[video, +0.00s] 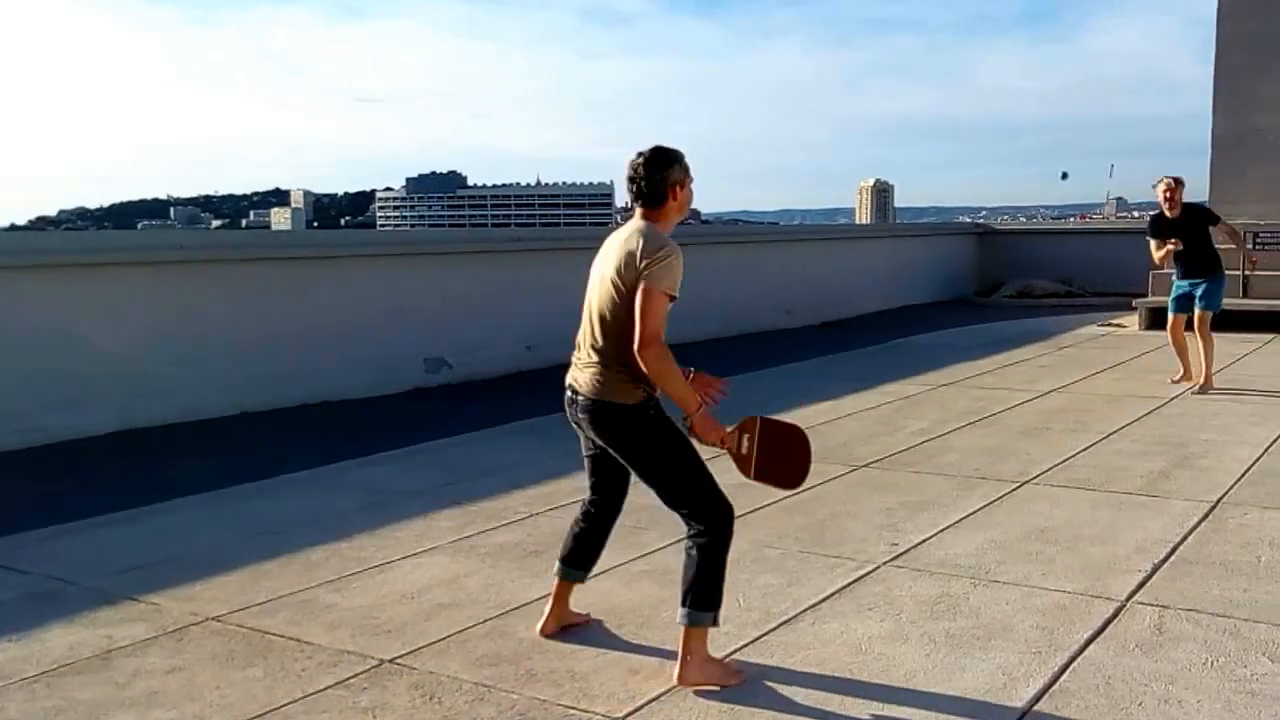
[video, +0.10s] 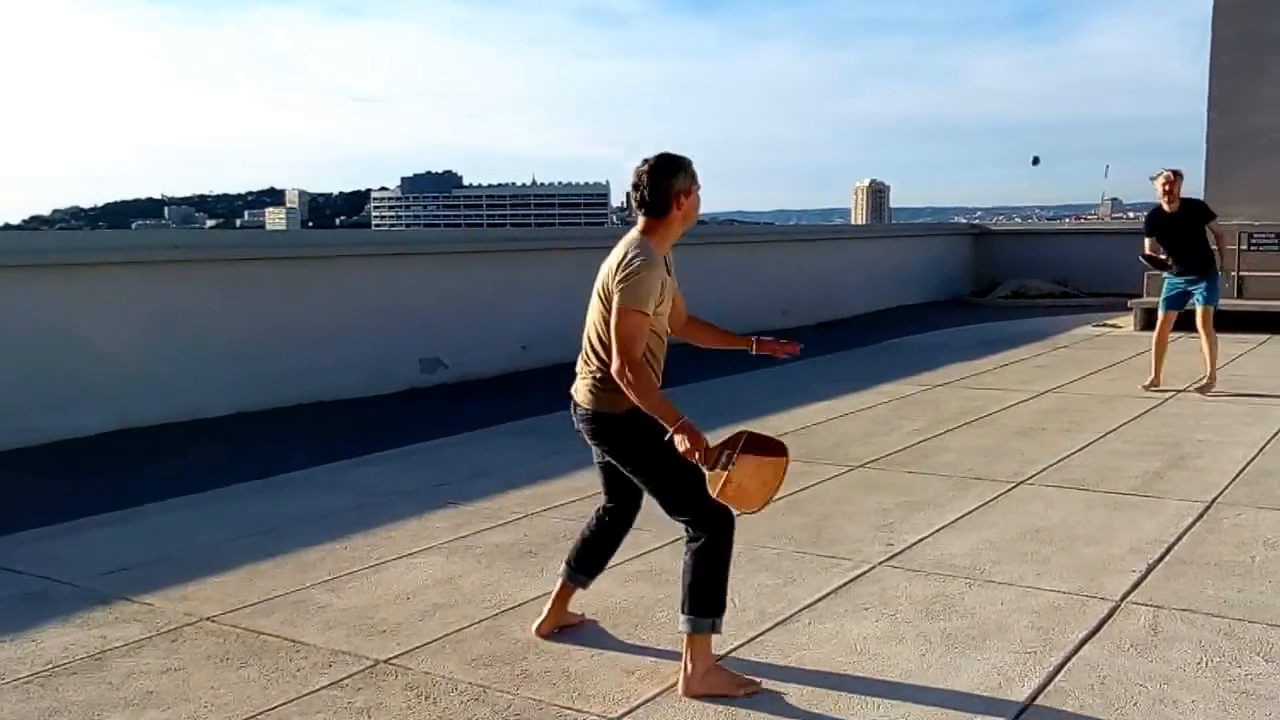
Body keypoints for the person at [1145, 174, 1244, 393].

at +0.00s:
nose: (1170, 197)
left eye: (1173, 192)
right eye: (1165, 193)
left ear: (1181, 194)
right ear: (1158, 197)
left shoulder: (1198, 212)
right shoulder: (1156, 222)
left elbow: (1229, 230)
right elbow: (1158, 260)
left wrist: (1246, 252)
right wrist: (1167, 249)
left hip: (1209, 276)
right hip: (1182, 278)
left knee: (1201, 326)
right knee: (1173, 327)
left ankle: (1206, 378)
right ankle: (1186, 371)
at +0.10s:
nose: (1168, 189)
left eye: (1172, 185)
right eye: (1164, 185)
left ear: (1179, 186)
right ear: (1157, 189)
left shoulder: (1197, 207)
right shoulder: (1153, 218)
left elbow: (1218, 232)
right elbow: (1150, 252)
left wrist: (1222, 261)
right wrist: (1161, 262)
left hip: (1204, 274)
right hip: (1175, 275)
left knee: (1203, 324)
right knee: (1162, 324)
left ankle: (1211, 376)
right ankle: (1155, 376)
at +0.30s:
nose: (1173, 194)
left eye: (1177, 191)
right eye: (1169, 190)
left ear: (1185, 195)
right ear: (1161, 194)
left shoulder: (1198, 219)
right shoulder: (1155, 223)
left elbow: (1210, 249)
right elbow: (1142, 256)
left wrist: (1208, 277)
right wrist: (1135, 284)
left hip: (1193, 288)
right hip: (1161, 288)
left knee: (1206, 335)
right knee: (1143, 331)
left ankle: (1223, 383)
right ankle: (1139, 378)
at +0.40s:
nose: (1175, 185)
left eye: (1178, 181)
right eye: (1171, 181)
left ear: (1185, 185)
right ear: (1163, 185)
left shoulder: (1200, 210)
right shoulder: (1158, 214)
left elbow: (1211, 243)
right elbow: (1145, 249)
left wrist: (1211, 272)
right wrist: (1128, 282)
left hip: (1195, 281)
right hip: (1165, 281)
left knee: (1207, 328)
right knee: (1148, 329)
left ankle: (1220, 381)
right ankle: (1138, 378)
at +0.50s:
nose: (1175, 179)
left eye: (1179, 175)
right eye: (1171, 175)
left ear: (1186, 178)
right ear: (1164, 178)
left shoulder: (1200, 202)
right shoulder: (1160, 207)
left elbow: (1218, 236)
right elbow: (1152, 241)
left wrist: (1216, 266)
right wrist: (1131, 268)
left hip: (1198, 273)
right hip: (1169, 274)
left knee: (1211, 323)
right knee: (1153, 323)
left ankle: (1228, 376)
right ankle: (1151, 372)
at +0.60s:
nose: (1175, 186)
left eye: (1179, 181)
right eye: (1171, 182)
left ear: (1187, 184)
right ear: (1165, 185)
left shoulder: (1202, 208)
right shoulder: (1165, 213)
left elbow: (1218, 236)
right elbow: (1158, 244)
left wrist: (1216, 268)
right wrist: (1133, 263)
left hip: (1200, 279)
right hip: (1172, 279)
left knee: (1217, 328)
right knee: (1158, 328)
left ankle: (1245, 376)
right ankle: (1163, 376)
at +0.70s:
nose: (1174, 203)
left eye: (1178, 198)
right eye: (1170, 198)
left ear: (1187, 201)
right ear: (1165, 202)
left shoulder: (1198, 223)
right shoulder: (1169, 228)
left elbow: (1214, 244)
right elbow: (1159, 254)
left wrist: (1210, 271)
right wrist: (1129, 264)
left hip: (1202, 292)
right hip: (1177, 292)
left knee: (1221, 338)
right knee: (1145, 329)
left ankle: (1251, 384)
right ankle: (1157, 376)